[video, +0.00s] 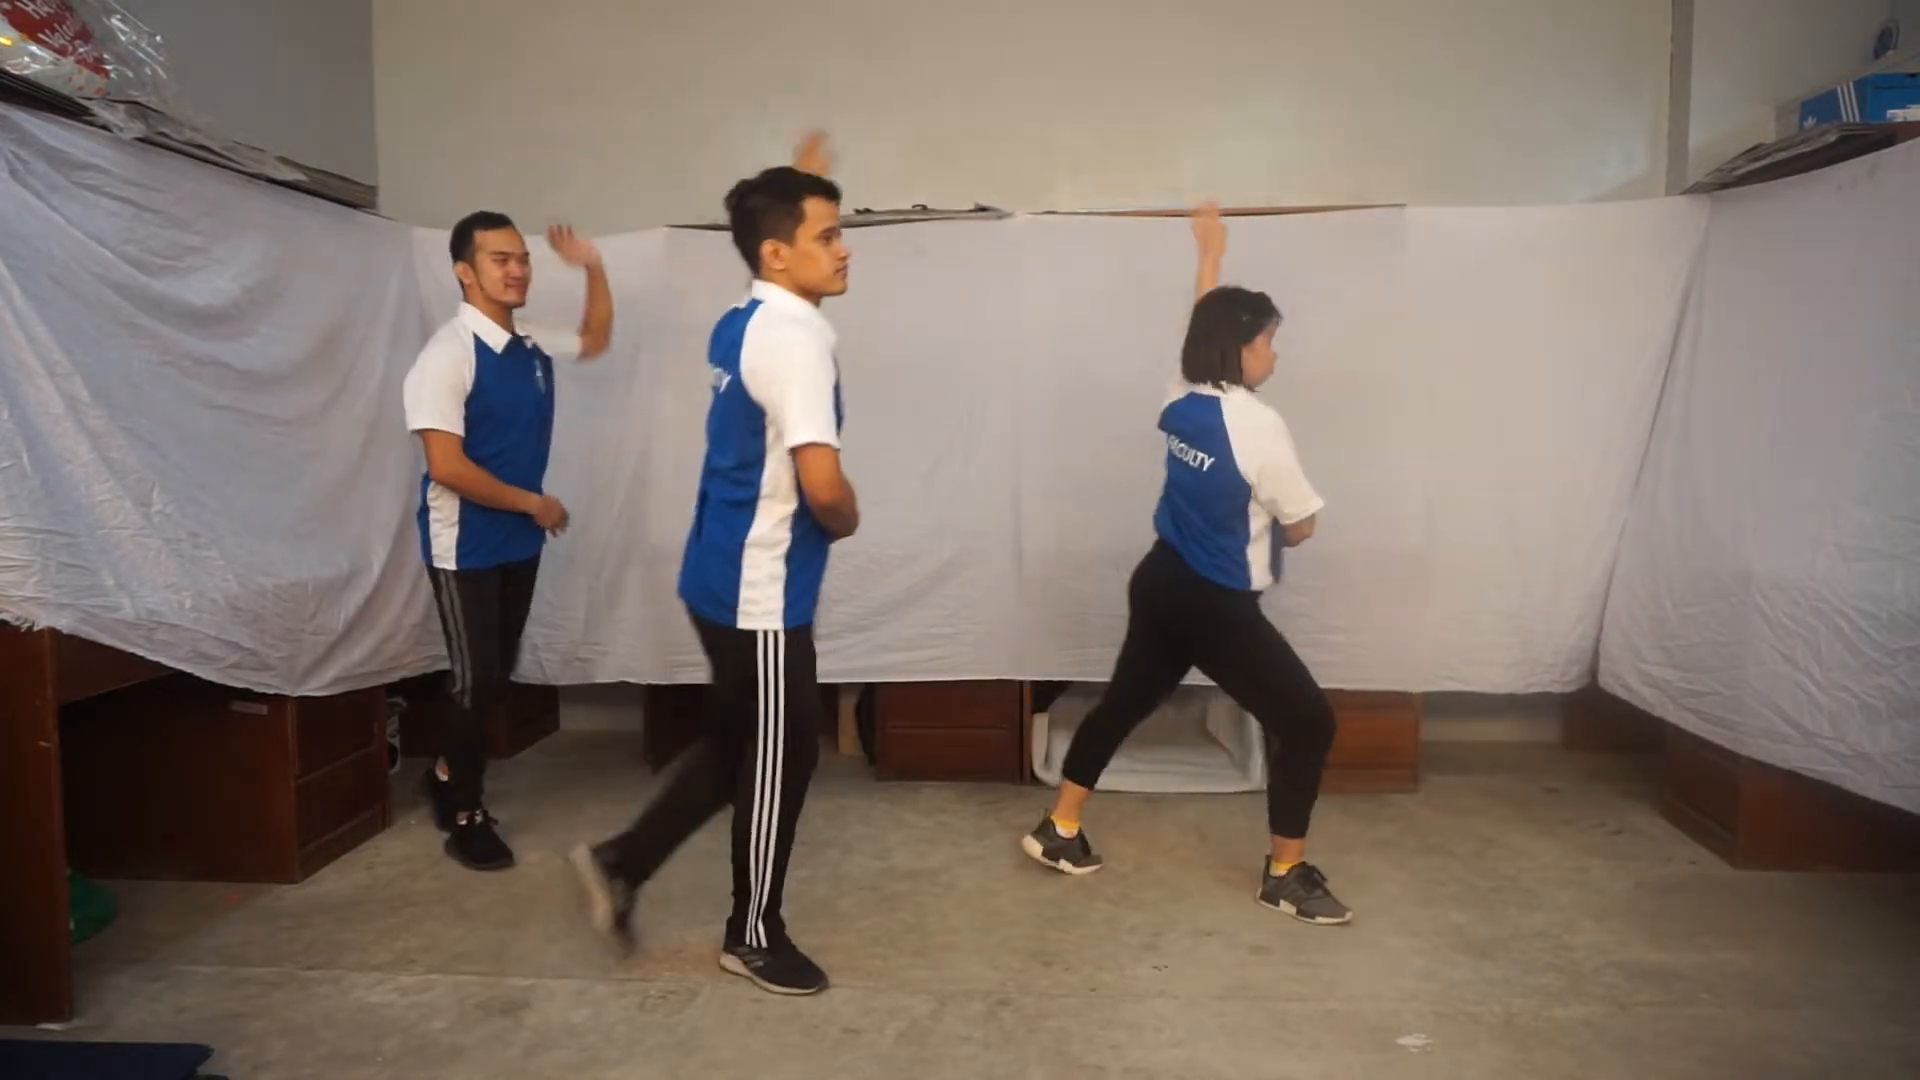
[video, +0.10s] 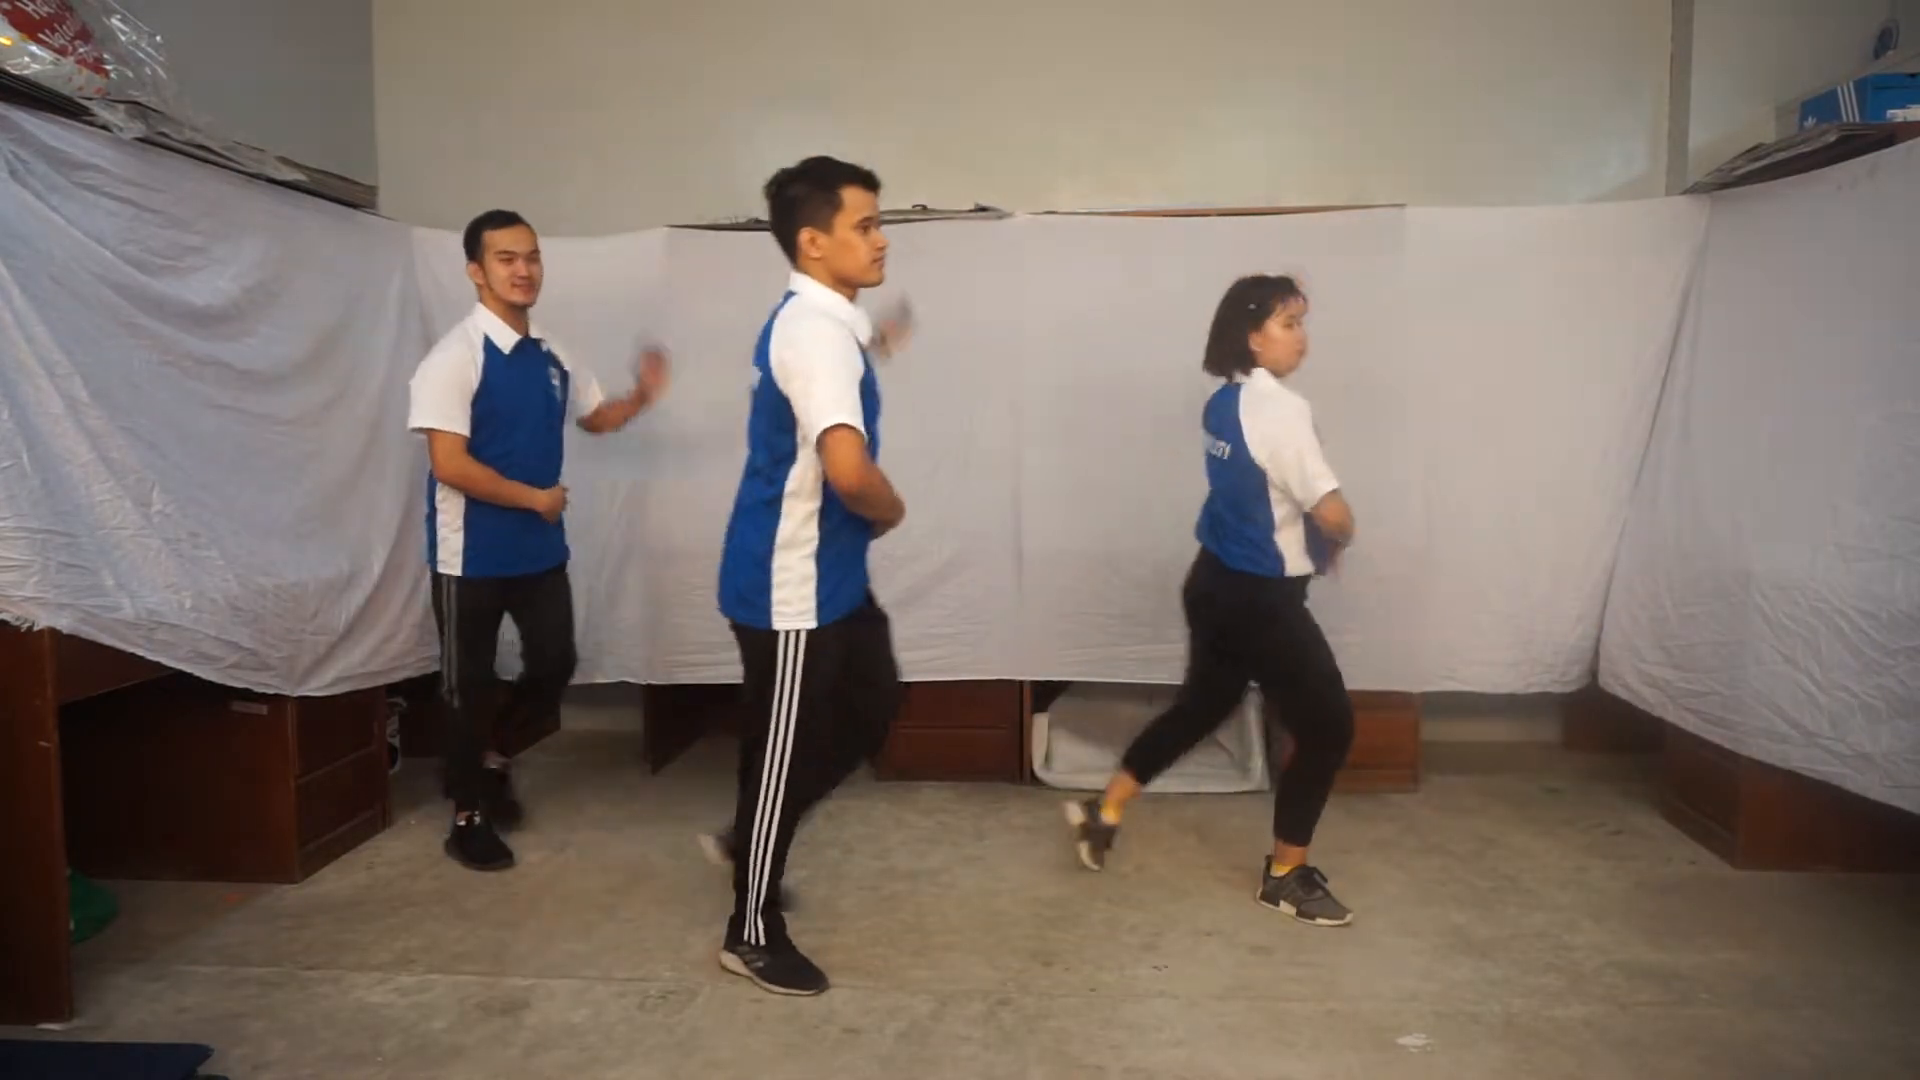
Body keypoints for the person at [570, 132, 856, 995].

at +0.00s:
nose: (844, 253)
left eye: (841, 237)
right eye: (828, 241)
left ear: (771, 253)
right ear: (776, 254)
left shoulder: (747, 320)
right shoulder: (796, 339)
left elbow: (776, 247)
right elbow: (822, 488)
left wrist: (795, 189)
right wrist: (846, 519)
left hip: (729, 581)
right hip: (763, 591)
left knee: (739, 740)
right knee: (782, 754)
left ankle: (620, 861)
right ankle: (756, 927)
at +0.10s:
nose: (880, 240)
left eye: (879, 224)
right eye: (864, 227)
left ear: (826, 240)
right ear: (811, 241)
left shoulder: (831, 313)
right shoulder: (815, 330)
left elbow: (835, 378)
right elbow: (846, 472)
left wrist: (879, 342)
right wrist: (888, 506)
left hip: (834, 575)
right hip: (789, 586)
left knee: (869, 711)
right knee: (783, 757)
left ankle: (745, 834)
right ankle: (753, 929)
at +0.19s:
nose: (909, 238)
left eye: (908, 222)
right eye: (891, 226)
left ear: (871, 236)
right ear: (838, 241)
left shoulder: (869, 317)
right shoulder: (836, 327)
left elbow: (853, 439)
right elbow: (856, 467)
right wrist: (911, 510)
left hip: (869, 576)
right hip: (814, 588)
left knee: (915, 707)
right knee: (796, 755)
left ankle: (861, 861)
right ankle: (753, 927)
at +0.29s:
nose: (942, 242)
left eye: (943, 226)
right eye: (923, 229)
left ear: (932, 234)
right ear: (872, 245)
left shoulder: (920, 326)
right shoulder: (863, 332)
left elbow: (914, 458)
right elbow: (857, 465)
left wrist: (939, 552)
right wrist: (939, 514)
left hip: (920, 578)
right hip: (857, 589)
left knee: (947, 729)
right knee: (825, 756)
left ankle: (952, 882)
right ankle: (761, 924)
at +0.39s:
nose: (968, 247)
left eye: (973, 231)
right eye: (946, 236)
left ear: (982, 238)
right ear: (905, 252)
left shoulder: (987, 344)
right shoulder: (890, 340)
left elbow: (996, 478)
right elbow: (859, 463)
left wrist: (1010, 590)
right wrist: (963, 520)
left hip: (974, 590)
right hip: (903, 596)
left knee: (968, 751)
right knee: (893, 763)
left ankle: (951, 887)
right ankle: (804, 908)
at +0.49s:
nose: (993, 246)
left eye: (1002, 229)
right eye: (972, 234)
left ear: (1016, 237)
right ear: (938, 249)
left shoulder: (1043, 349)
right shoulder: (910, 342)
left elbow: (1069, 471)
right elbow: (863, 461)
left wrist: (1098, 581)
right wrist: (976, 520)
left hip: (1018, 589)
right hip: (941, 597)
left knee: (990, 757)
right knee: (959, 769)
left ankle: (965, 889)